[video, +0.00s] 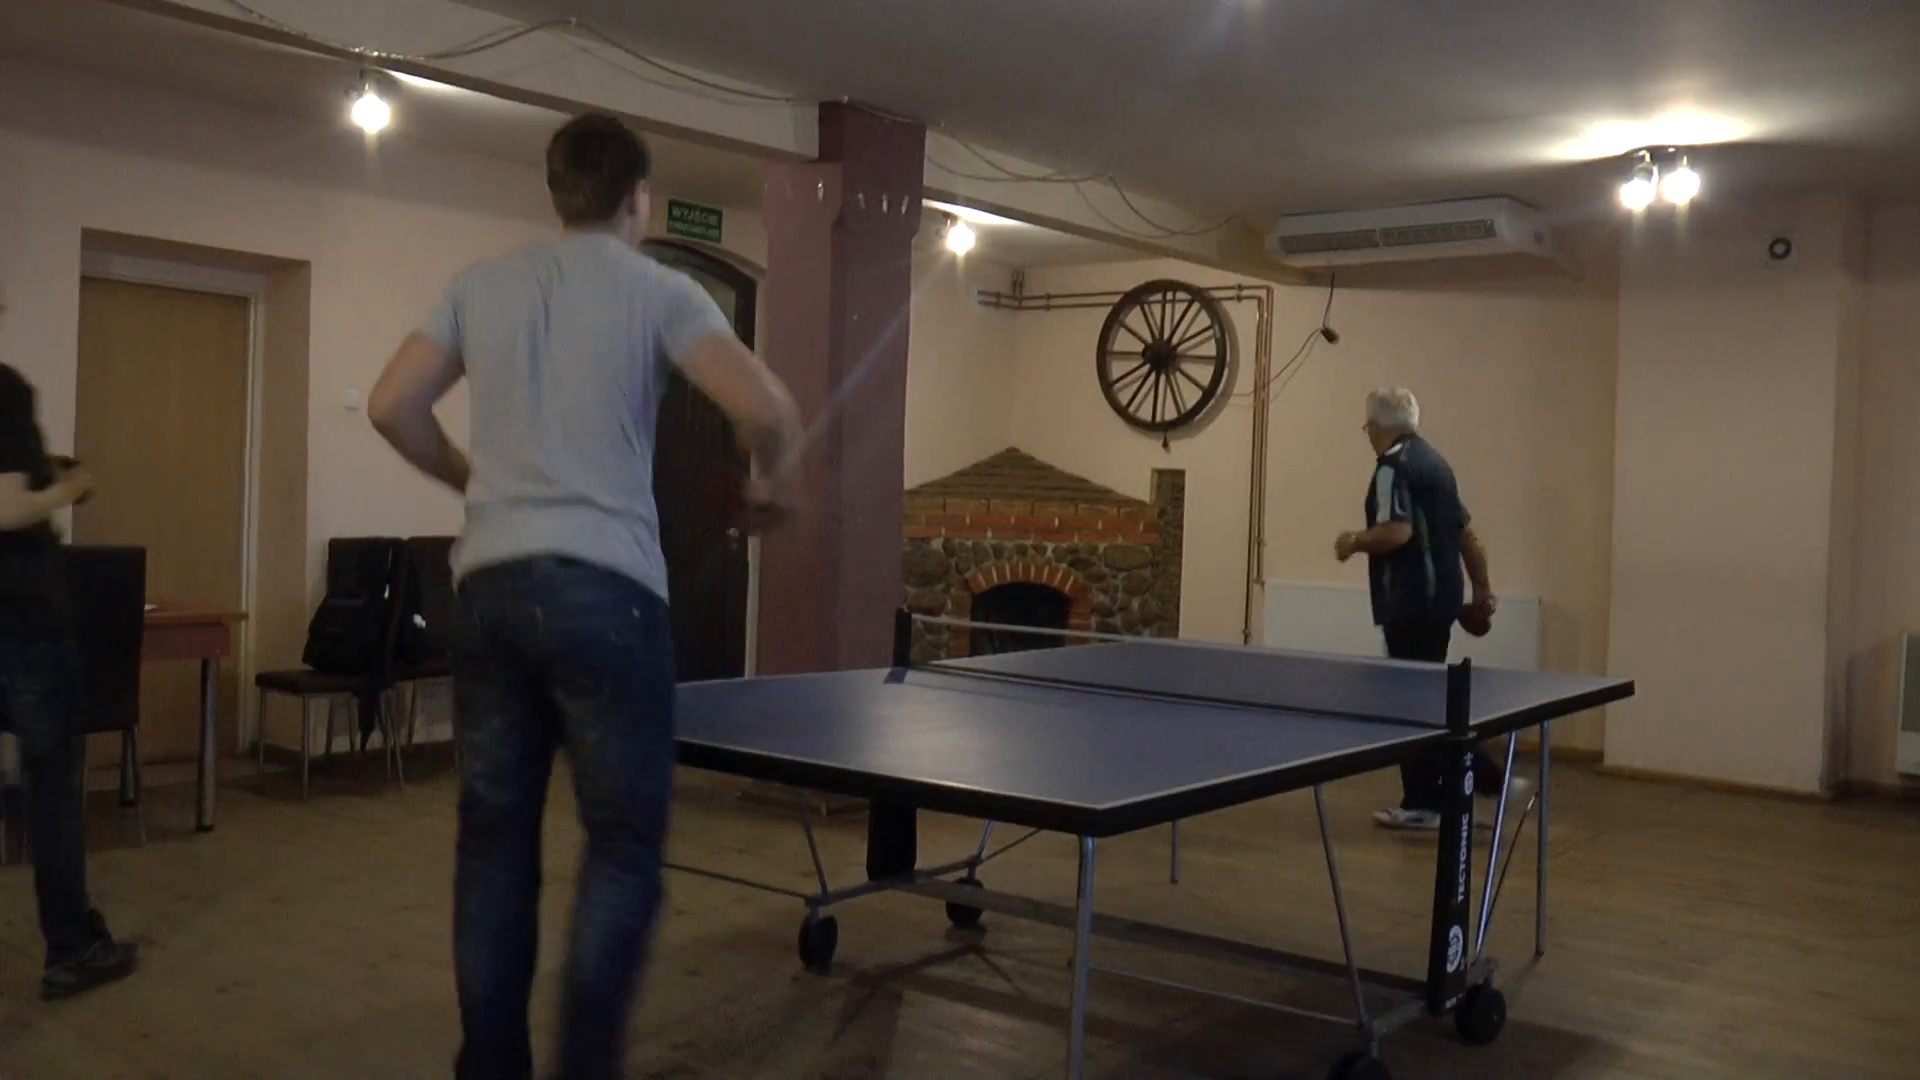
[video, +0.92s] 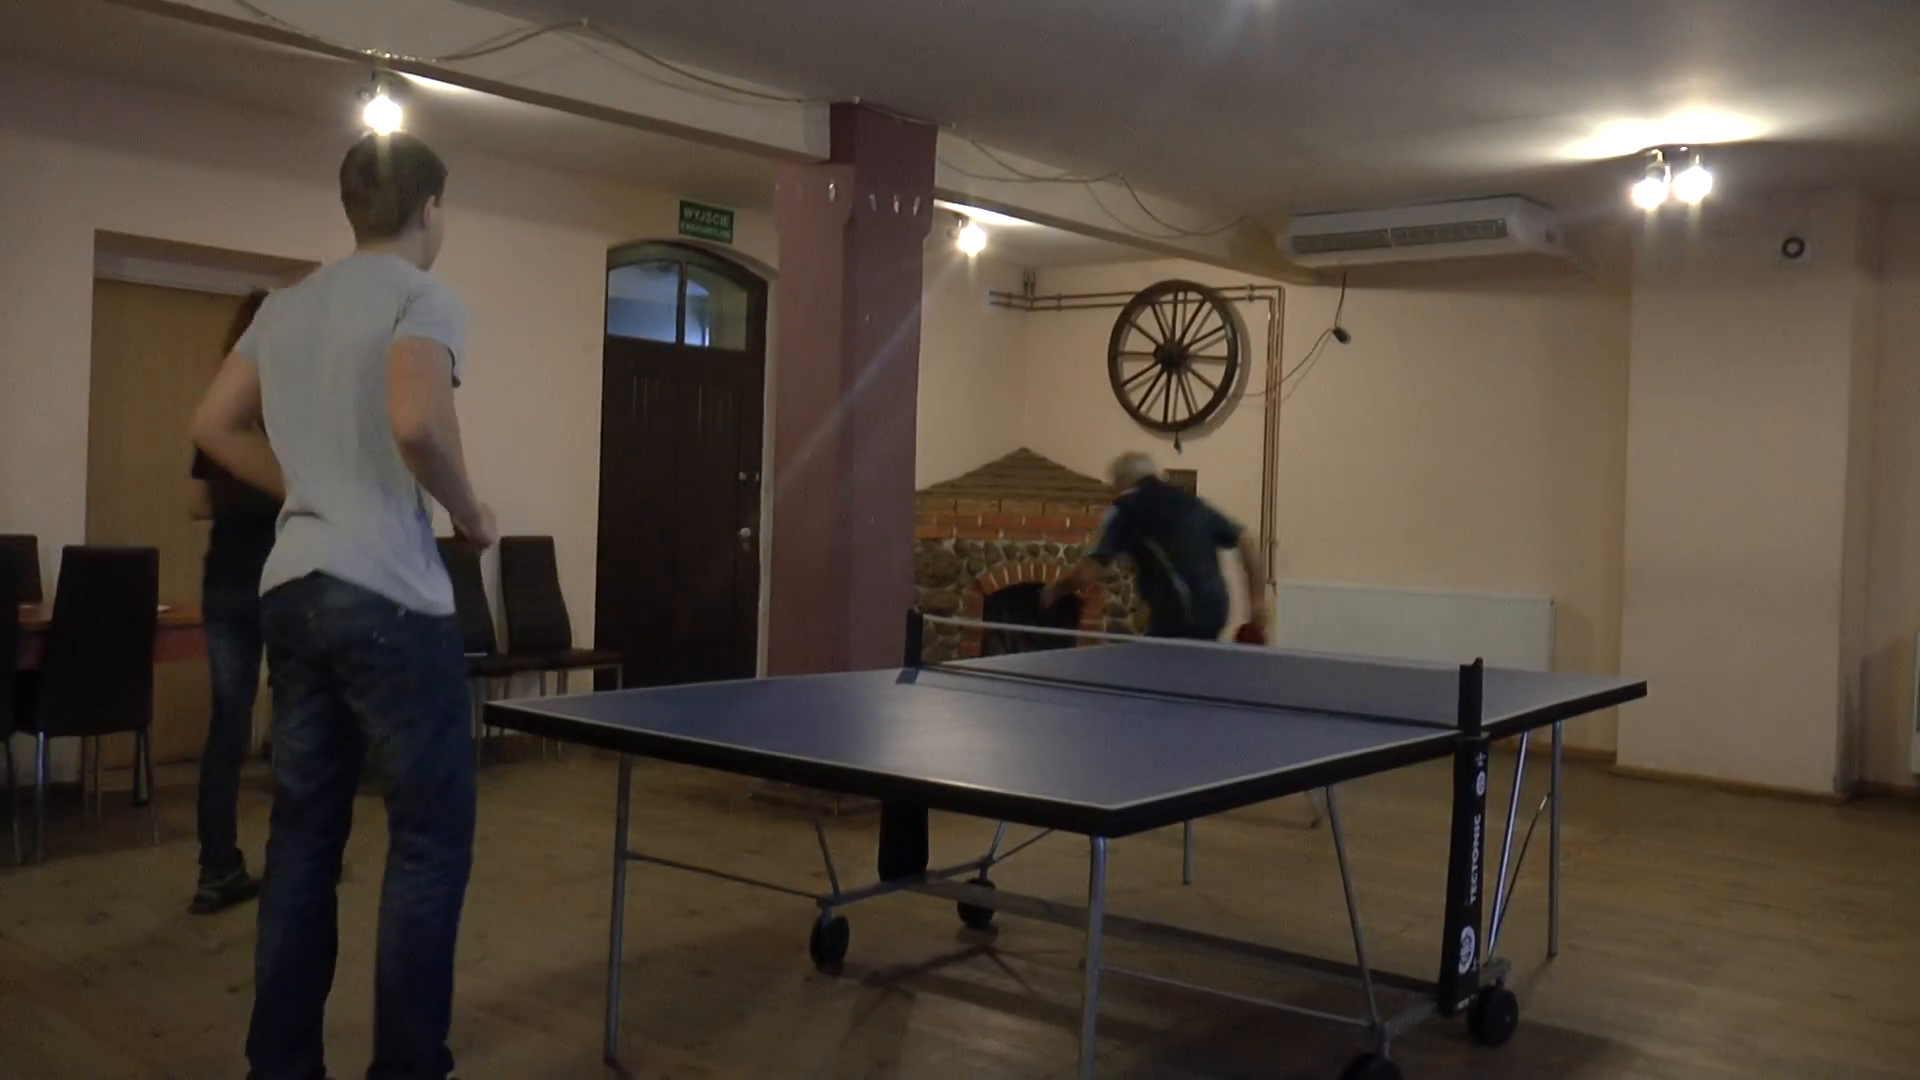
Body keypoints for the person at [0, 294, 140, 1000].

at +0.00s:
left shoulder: (16, 403)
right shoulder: (10, 400)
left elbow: (21, 508)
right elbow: (11, 510)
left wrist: (49, 484)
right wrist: (63, 492)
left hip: (38, 633)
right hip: (28, 637)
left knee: (53, 784)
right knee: (53, 785)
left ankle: (74, 939)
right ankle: (71, 948)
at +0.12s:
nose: (55, 309)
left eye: (51, 296)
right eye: (46, 296)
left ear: (14, 303)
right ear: (17, 303)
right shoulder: (52, 389)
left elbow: (57, 503)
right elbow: (72, 508)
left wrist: (96, 487)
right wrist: (117, 491)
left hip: (18, 615)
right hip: (67, 615)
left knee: (28, 772)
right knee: (90, 776)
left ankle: (76, 942)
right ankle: (76, 946)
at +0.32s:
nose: (134, 308)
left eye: (132, 296)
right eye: (128, 297)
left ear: (63, 302)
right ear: (105, 302)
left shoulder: (39, 385)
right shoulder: (138, 380)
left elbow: (15, 497)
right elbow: (161, 486)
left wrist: (76, 496)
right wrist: (185, 469)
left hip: (69, 595)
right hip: (137, 595)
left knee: (108, 760)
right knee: (117, 770)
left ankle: (102, 921)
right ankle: (80, 945)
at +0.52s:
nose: (193, 332)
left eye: (189, 320)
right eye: (189, 321)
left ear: (125, 325)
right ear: (170, 325)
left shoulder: (105, 404)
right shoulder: (200, 401)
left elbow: (75, 511)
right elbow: (222, 503)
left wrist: (134, 510)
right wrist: (221, 498)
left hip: (120, 590)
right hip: (187, 589)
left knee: (166, 742)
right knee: (149, 758)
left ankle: (203, 866)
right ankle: (90, 925)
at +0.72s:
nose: (248, 340)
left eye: (245, 328)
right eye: (243, 330)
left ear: (182, 334)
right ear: (224, 336)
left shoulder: (161, 411)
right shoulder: (249, 407)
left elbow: (140, 507)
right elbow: (265, 495)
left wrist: (191, 507)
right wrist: (291, 525)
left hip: (179, 586)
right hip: (240, 586)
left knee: (213, 728)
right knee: (252, 734)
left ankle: (217, 869)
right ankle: (169, 851)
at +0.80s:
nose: (260, 341)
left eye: (257, 330)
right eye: (257, 331)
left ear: (203, 331)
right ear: (242, 333)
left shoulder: (187, 402)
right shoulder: (260, 402)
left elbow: (166, 499)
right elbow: (278, 488)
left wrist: (217, 496)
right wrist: (290, 505)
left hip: (198, 576)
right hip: (257, 576)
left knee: (219, 717)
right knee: (283, 714)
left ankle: (215, 868)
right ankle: (219, 829)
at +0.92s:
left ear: (234, 338)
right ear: (286, 341)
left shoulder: (219, 408)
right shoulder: (300, 401)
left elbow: (202, 498)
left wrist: (254, 492)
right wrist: (287, 484)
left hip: (227, 572)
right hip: (285, 574)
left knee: (227, 724)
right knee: (298, 729)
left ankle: (218, 870)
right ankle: (303, 869)